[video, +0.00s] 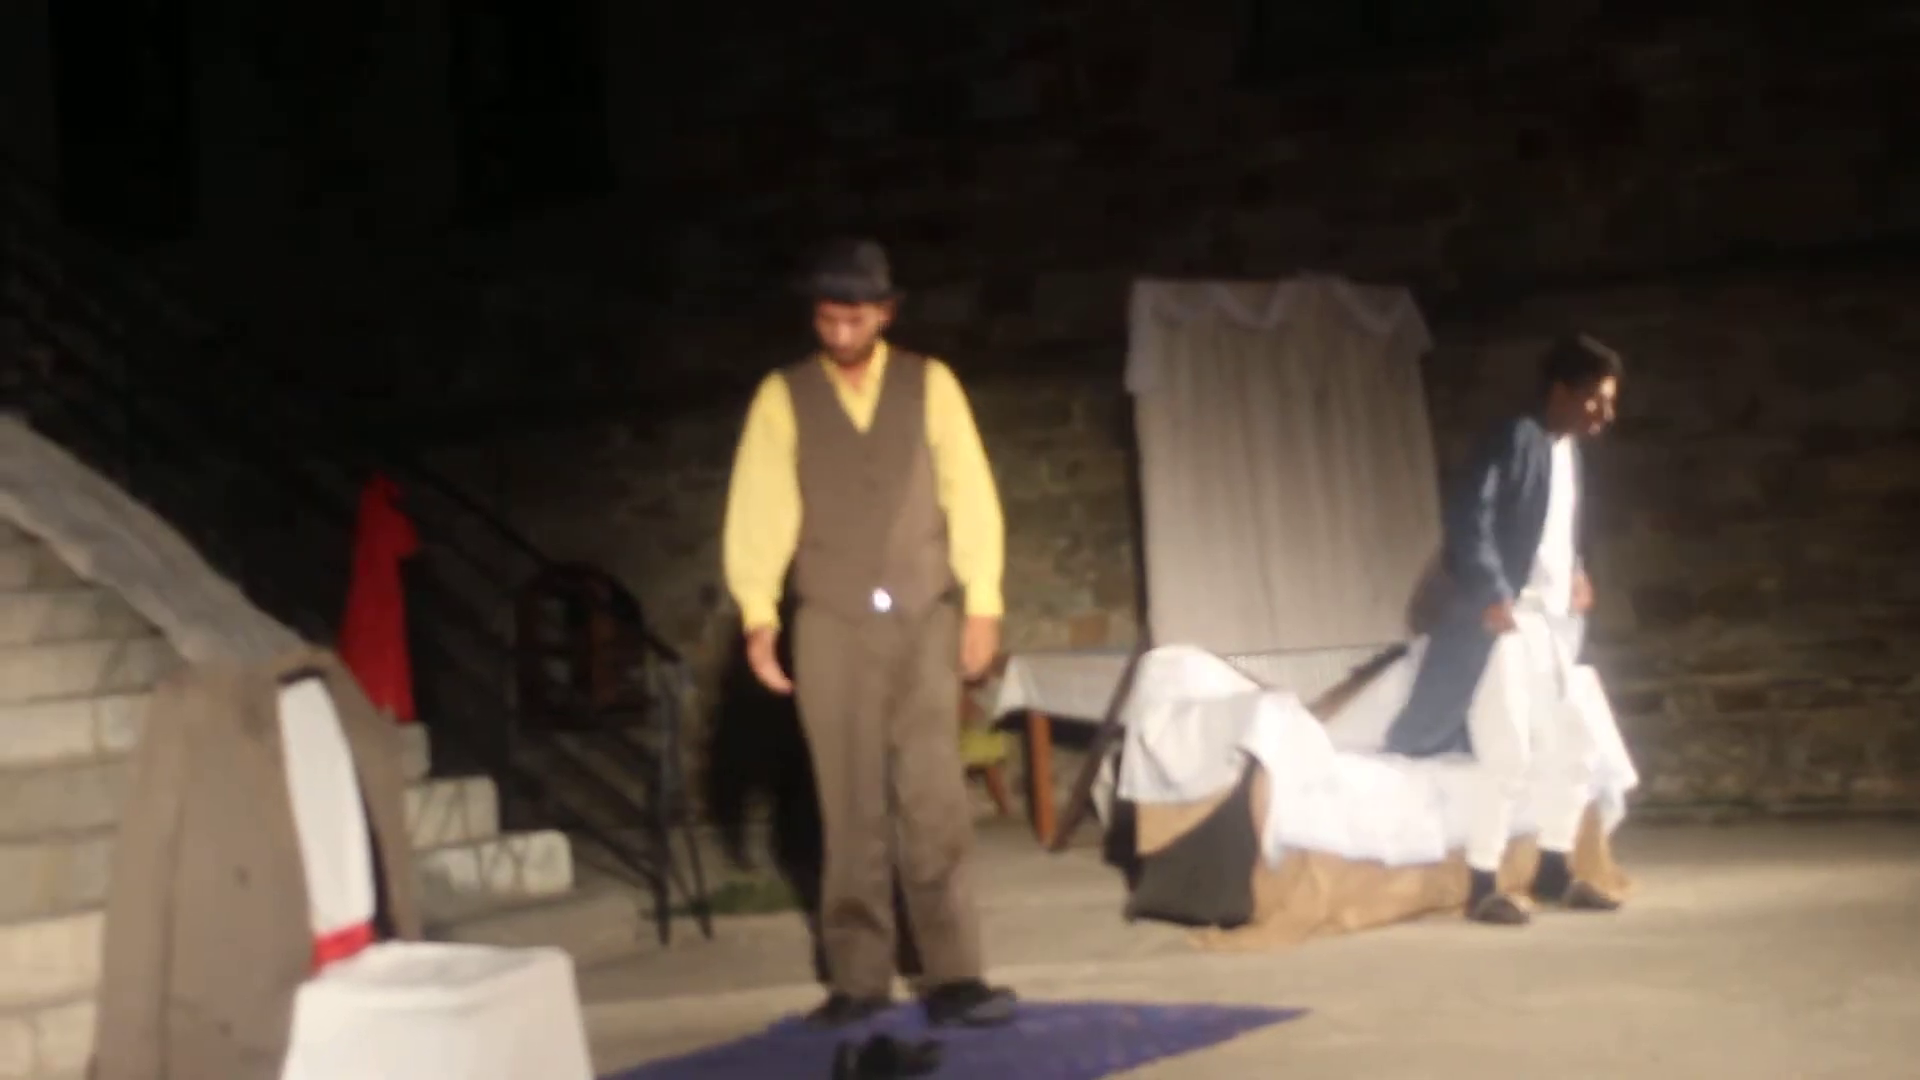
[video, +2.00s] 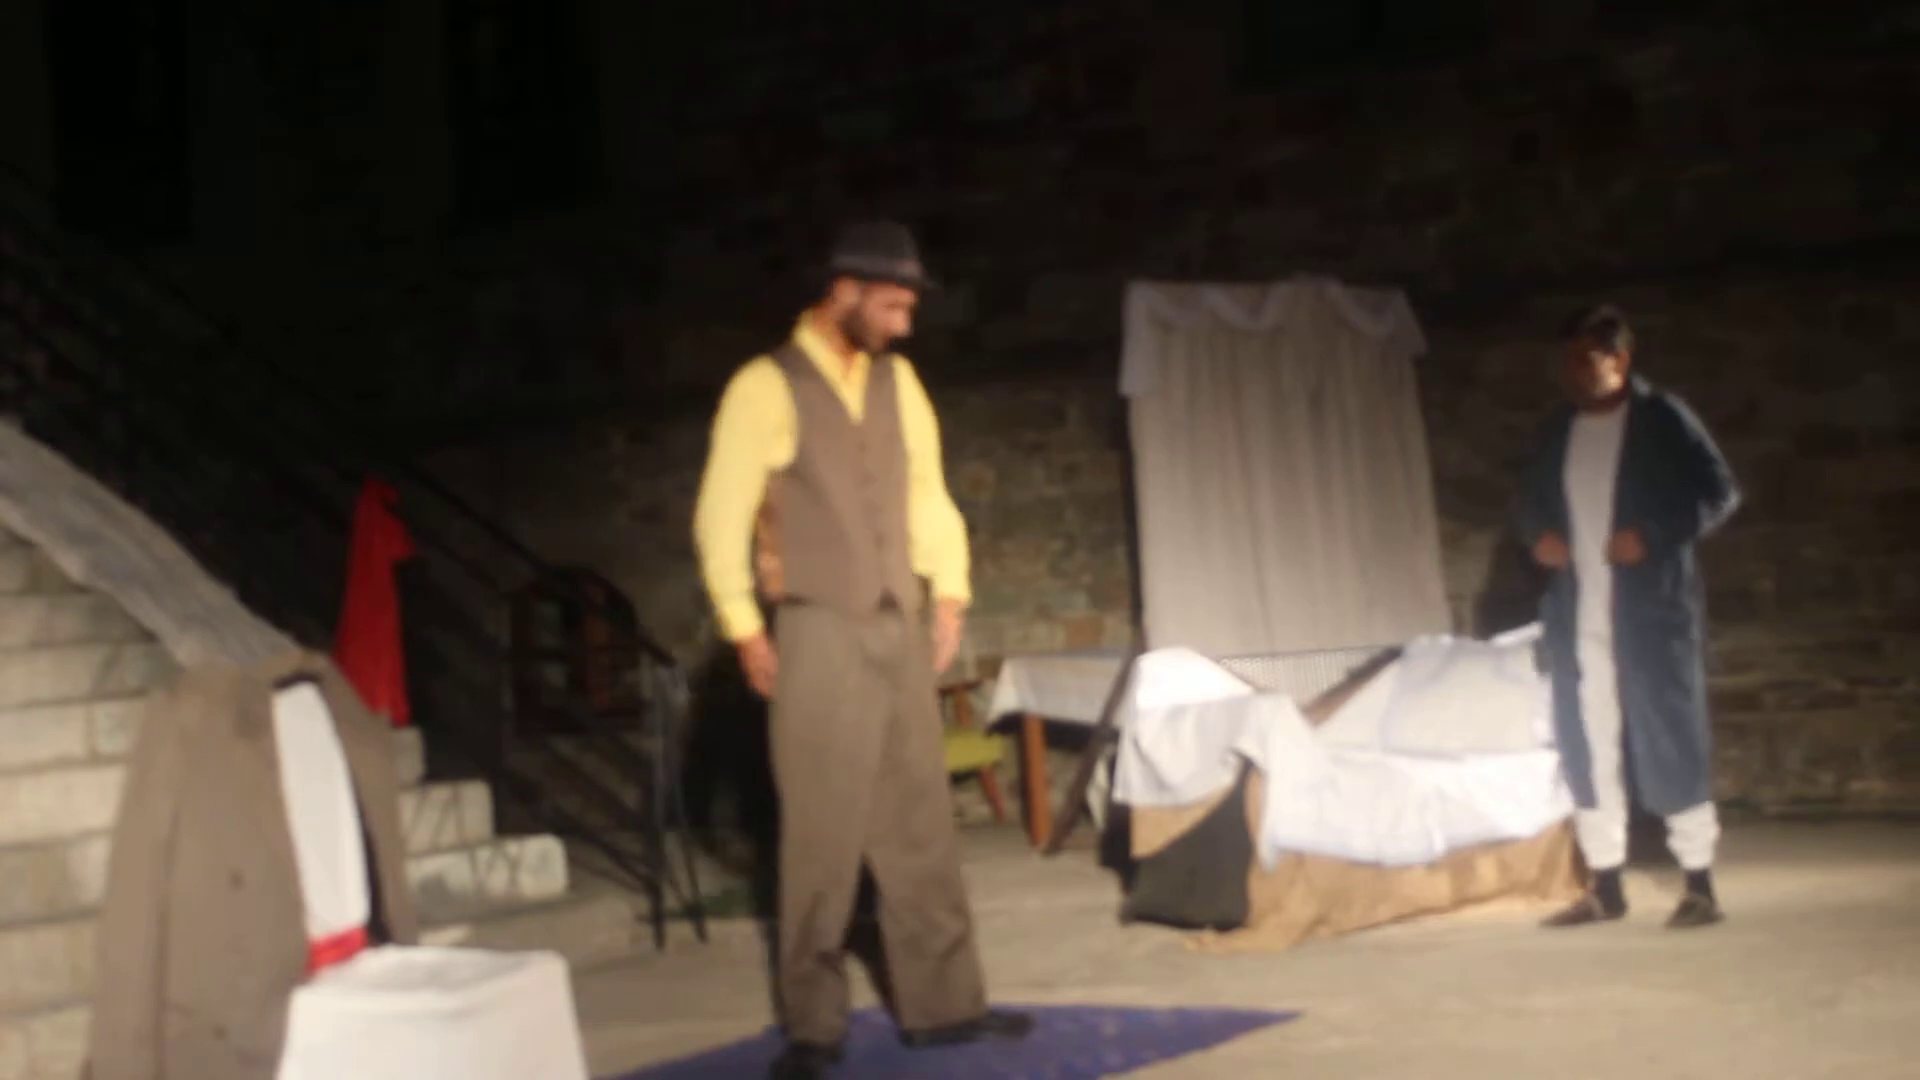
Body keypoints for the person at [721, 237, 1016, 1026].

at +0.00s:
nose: (844, 329)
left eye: (859, 313)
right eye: (831, 312)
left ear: (887, 312)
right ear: (812, 313)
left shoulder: (932, 386)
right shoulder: (782, 399)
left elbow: (972, 498)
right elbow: (757, 509)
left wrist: (982, 607)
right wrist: (758, 613)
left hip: (927, 624)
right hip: (829, 628)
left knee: (934, 801)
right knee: (849, 806)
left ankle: (952, 974)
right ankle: (858, 980)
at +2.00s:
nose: (907, 315)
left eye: (911, 299)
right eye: (894, 298)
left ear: (892, 302)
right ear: (844, 292)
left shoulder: (902, 387)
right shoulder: (766, 387)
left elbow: (930, 498)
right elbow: (722, 515)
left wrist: (950, 594)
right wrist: (744, 628)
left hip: (902, 629)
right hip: (818, 631)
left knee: (919, 816)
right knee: (823, 824)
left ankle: (943, 1004)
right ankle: (812, 1023)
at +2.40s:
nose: (989, 314)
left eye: (992, 297)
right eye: (983, 295)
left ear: (946, 289)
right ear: (941, 288)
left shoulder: (920, 374)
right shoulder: (877, 373)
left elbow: (899, 500)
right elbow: (820, 484)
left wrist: (942, 613)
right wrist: (843, 599)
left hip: (931, 616)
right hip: (901, 617)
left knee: (947, 809)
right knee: (935, 811)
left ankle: (946, 999)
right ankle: (935, 1008)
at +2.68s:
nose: (1023, 324)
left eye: (1027, 307)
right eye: (1018, 305)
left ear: (969, 298)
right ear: (980, 292)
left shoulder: (923, 362)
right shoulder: (952, 366)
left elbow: (920, 491)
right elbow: (932, 486)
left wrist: (952, 596)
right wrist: (953, 606)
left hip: (909, 607)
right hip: (949, 608)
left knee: (948, 808)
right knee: (1013, 799)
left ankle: (942, 1002)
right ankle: (1020, 1002)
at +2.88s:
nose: (1056, 349)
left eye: (1062, 334)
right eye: (1056, 329)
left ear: (1004, 305)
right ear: (1025, 306)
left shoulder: (919, 382)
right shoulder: (999, 377)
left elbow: (876, 498)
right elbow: (1019, 504)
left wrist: (897, 593)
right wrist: (1067, 606)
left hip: (926, 612)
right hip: (979, 609)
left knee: (1010, 790)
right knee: (1025, 800)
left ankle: (971, 961)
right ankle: (1023, 1005)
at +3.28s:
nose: (1083, 360)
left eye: (1090, 347)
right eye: (1084, 342)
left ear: (1043, 317)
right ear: (1051, 315)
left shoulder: (972, 378)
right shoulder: (1012, 379)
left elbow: (929, 504)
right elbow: (998, 492)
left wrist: (924, 619)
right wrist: (1023, 602)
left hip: (948, 605)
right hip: (986, 606)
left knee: (984, 797)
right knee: (1066, 771)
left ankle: (1015, 974)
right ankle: (1069, 965)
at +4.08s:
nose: (1133, 302)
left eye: (1133, 286)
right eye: (1131, 287)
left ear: (1064, 291)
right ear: (1109, 287)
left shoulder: (1023, 376)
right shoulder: (1085, 371)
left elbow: (997, 498)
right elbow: (1095, 494)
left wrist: (1018, 568)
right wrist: (1127, 605)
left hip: (1034, 600)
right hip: (1077, 601)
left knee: (1070, 788)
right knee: (1097, 790)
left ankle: (1036, 967)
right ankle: (1106, 983)